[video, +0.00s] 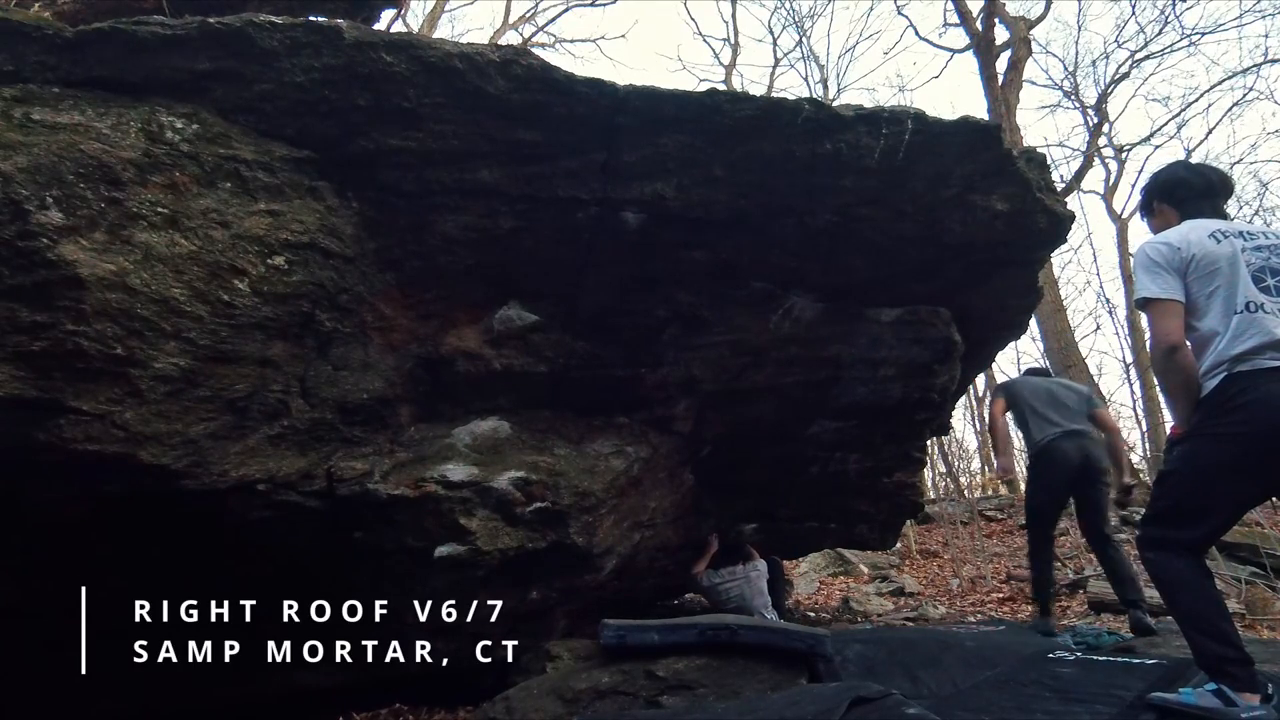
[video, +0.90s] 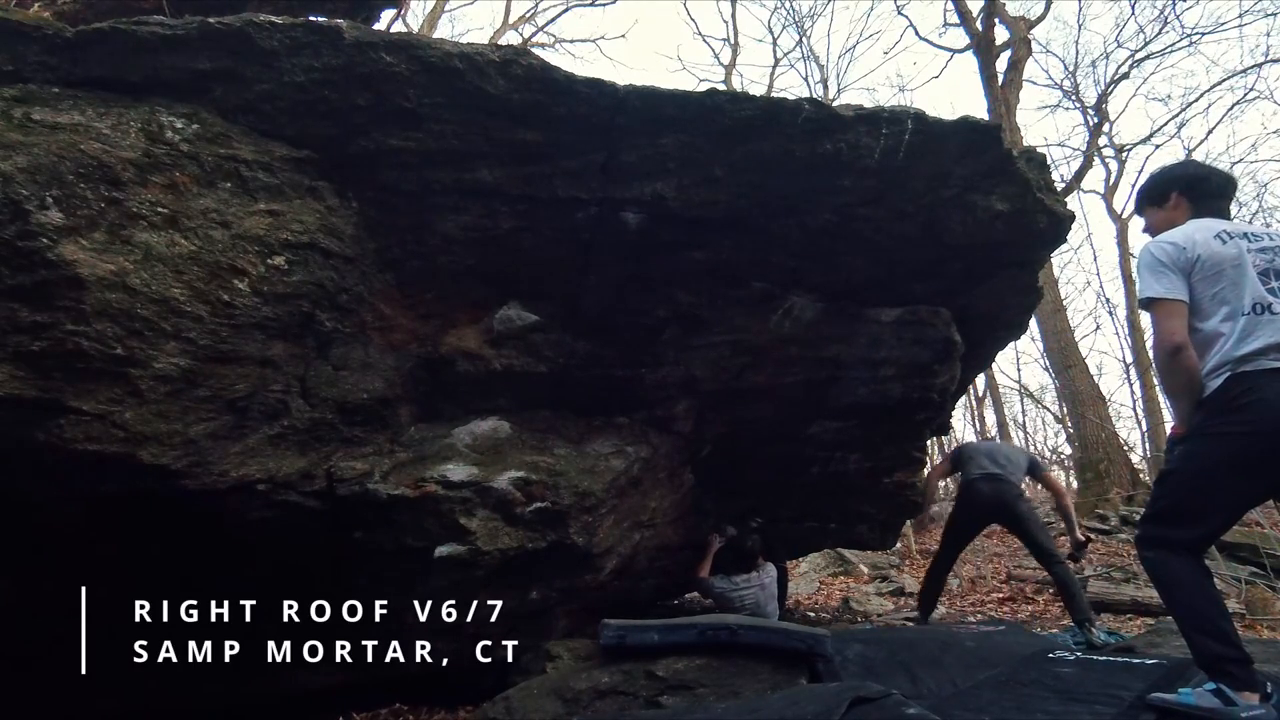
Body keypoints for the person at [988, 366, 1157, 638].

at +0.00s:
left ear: (1023, 378)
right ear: (1051, 378)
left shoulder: (1011, 385)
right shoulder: (1080, 389)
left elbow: (997, 414)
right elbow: (1112, 428)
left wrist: (1003, 461)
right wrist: (1125, 476)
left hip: (1051, 457)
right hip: (1093, 452)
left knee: (1040, 535)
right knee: (1100, 533)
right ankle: (1137, 609)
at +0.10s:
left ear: (1014, 384)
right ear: (1042, 384)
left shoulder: (1000, 395)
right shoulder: (1067, 395)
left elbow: (981, 423)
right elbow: (1100, 434)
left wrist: (987, 467)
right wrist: (1111, 479)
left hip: (1036, 472)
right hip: (1076, 465)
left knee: (1028, 545)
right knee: (1093, 540)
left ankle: (1025, 622)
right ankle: (1134, 607)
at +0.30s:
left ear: (1000, 402)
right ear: (1026, 402)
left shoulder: (981, 412)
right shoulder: (1043, 413)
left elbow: (957, 446)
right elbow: (1074, 454)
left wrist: (962, 490)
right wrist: (1091, 495)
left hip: (1002, 486)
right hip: (1041, 481)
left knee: (1008, 560)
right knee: (1071, 543)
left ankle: (1025, 629)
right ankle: (1093, 606)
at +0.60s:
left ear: (1000, 416)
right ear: (1027, 419)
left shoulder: (984, 422)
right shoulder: (1043, 431)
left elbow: (958, 444)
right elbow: (1076, 473)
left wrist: (953, 482)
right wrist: (1079, 516)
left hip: (995, 490)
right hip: (1035, 489)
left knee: (983, 552)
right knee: (1062, 557)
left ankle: (1016, 611)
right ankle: (1087, 625)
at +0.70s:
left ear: (999, 424)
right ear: (1024, 427)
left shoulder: (984, 430)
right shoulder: (1042, 440)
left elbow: (956, 450)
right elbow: (1077, 482)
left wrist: (949, 487)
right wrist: (1075, 525)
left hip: (991, 490)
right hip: (1031, 491)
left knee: (968, 546)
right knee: (1062, 556)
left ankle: (986, 609)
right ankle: (1089, 627)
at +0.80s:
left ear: (993, 431)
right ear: (1015, 434)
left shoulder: (978, 437)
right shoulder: (1036, 446)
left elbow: (947, 460)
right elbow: (1072, 486)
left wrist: (937, 500)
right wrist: (1074, 529)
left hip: (983, 493)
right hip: (1024, 493)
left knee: (955, 555)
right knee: (1060, 559)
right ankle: (1090, 630)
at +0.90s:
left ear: (979, 444)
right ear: (1008, 447)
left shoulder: (965, 449)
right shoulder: (1023, 454)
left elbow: (932, 476)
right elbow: (1059, 492)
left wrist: (924, 511)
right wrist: (1074, 533)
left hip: (971, 499)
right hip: (1010, 498)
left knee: (944, 558)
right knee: (1052, 561)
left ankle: (922, 614)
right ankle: (1088, 628)